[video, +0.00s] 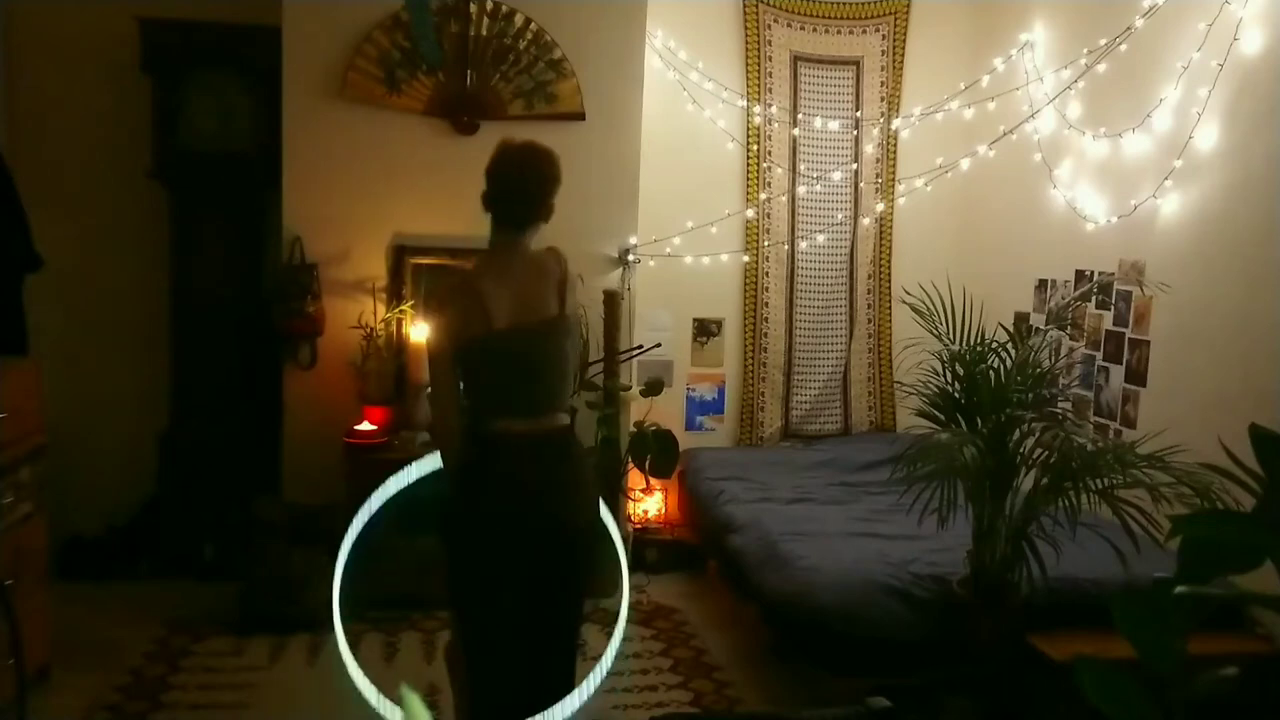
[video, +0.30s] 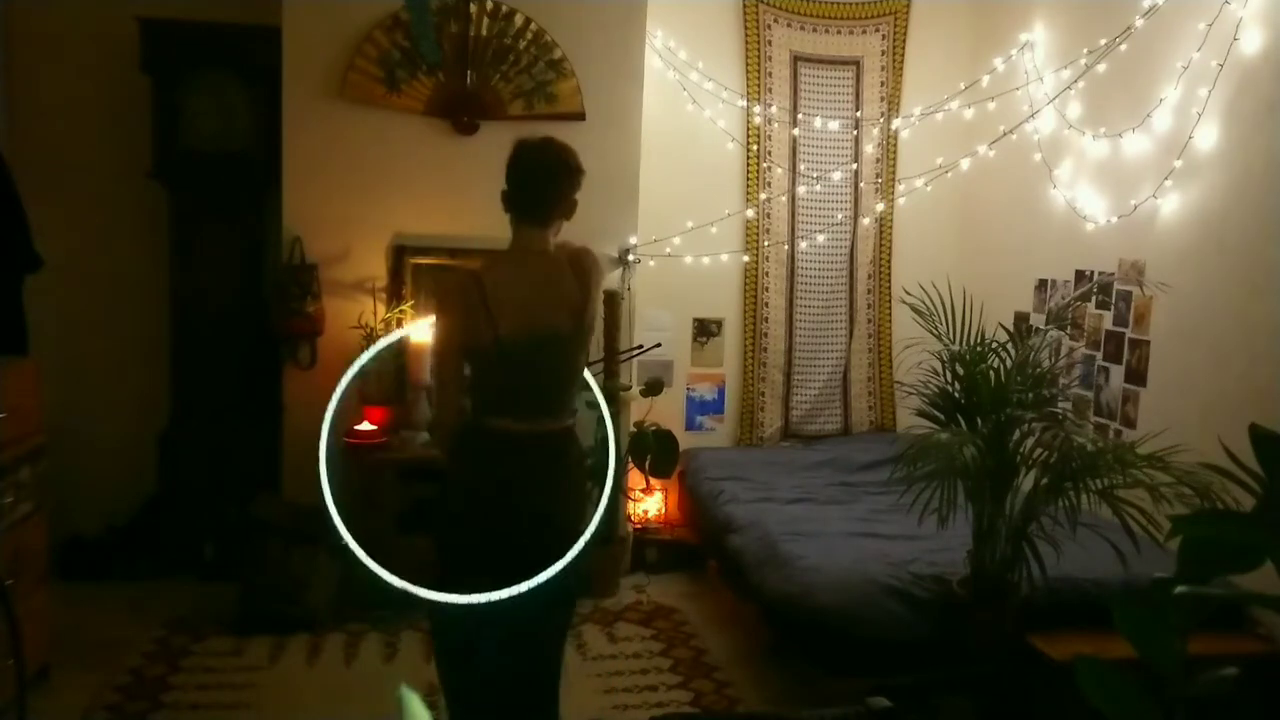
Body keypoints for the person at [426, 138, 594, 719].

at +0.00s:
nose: (546, 204)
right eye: (547, 194)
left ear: (486, 197)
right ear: (549, 203)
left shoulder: (455, 292)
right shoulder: (559, 272)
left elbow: (444, 409)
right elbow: (572, 378)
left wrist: (461, 477)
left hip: (488, 473)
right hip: (557, 471)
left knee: (487, 629)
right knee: (551, 629)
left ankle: (489, 708)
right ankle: (545, 707)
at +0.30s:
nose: (574, 206)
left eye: (570, 193)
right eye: (574, 195)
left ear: (507, 196)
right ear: (566, 204)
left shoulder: (464, 285)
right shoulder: (582, 270)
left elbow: (446, 401)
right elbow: (574, 365)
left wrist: (454, 454)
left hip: (482, 462)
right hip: (553, 462)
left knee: (468, 626)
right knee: (540, 627)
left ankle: (476, 710)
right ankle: (532, 709)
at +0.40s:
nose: (575, 208)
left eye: (575, 197)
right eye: (574, 198)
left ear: (509, 197)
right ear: (565, 207)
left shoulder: (468, 283)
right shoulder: (576, 284)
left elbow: (446, 399)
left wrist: (435, 462)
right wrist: (563, 217)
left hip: (479, 461)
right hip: (550, 464)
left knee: (459, 629)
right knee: (538, 634)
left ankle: (451, 710)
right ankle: (532, 710)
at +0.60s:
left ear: (488, 221)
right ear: (554, 225)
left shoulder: (443, 314)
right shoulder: (556, 312)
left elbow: (417, 418)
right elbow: (563, 201)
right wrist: (467, 188)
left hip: (443, 517)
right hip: (531, 524)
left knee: (378, 671)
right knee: (531, 694)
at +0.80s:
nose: (454, 212)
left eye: (461, 203)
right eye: (460, 200)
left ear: (460, 221)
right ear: (524, 228)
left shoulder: (402, 311)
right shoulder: (534, 318)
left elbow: (362, 421)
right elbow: (547, 210)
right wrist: (479, 137)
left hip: (407, 523)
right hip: (503, 529)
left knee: (351, 688)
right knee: (521, 698)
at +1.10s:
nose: (450, 240)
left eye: (449, 224)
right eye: (449, 224)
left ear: (379, 217)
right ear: (446, 228)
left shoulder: (322, 302)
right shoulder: (447, 318)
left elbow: (294, 416)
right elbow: (517, 260)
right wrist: (499, 157)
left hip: (332, 520)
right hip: (421, 526)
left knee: (316, 694)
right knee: (476, 694)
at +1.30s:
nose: (421, 239)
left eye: (421, 225)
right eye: (414, 225)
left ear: (351, 222)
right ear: (378, 226)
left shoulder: (309, 308)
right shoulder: (363, 319)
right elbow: (494, 298)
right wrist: (513, 189)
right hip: (356, 533)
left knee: (302, 698)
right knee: (450, 695)